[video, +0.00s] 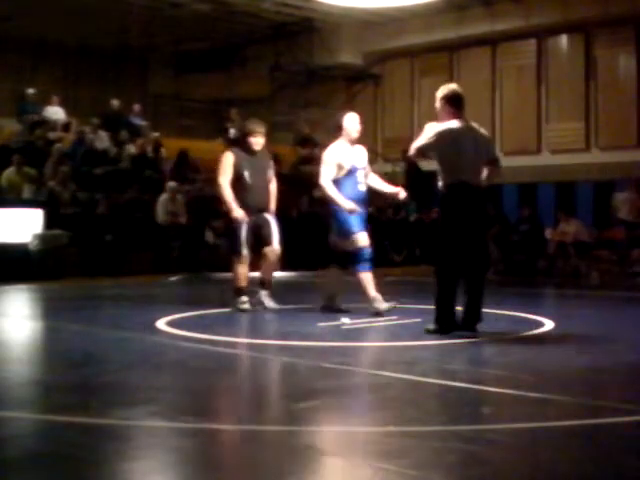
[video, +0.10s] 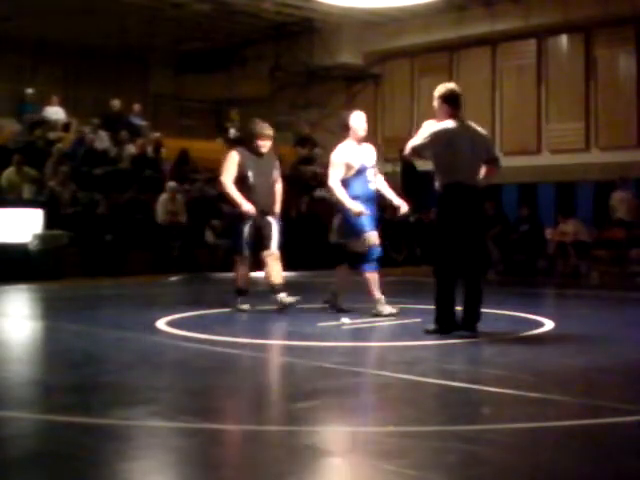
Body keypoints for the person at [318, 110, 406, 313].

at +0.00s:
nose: (357, 129)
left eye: (358, 124)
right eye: (353, 125)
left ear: (360, 127)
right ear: (343, 127)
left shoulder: (361, 150)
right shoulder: (333, 151)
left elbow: (367, 176)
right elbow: (324, 180)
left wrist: (391, 190)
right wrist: (344, 203)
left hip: (360, 206)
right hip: (344, 206)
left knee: (342, 253)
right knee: (363, 247)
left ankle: (330, 297)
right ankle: (375, 298)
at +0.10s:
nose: (364, 128)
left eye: (365, 123)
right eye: (359, 124)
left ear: (366, 125)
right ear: (350, 126)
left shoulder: (369, 149)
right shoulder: (341, 152)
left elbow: (375, 178)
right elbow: (333, 181)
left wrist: (396, 200)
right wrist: (350, 204)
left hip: (370, 205)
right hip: (355, 206)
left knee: (354, 253)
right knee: (372, 248)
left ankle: (334, 294)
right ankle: (378, 300)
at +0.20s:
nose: (370, 127)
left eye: (371, 123)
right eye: (366, 124)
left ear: (373, 124)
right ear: (356, 126)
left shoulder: (377, 147)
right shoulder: (349, 150)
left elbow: (382, 177)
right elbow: (341, 180)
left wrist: (392, 203)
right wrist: (359, 203)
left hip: (379, 200)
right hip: (362, 202)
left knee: (383, 246)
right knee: (378, 244)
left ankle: (350, 286)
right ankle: (379, 301)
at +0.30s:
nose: (378, 125)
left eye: (379, 121)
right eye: (373, 122)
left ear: (381, 122)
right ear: (364, 124)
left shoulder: (384, 146)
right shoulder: (357, 149)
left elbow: (388, 176)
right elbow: (349, 179)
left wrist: (392, 199)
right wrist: (368, 201)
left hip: (386, 200)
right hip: (369, 203)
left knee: (397, 241)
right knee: (378, 247)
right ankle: (379, 300)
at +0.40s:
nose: (385, 124)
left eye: (386, 120)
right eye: (381, 121)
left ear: (388, 122)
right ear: (371, 123)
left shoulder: (390, 145)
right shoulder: (364, 146)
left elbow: (393, 174)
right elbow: (356, 176)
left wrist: (397, 197)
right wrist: (376, 197)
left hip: (393, 201)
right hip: (375, 203)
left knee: (411, 240)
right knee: (380, 252)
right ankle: (380, 301)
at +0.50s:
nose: (392, 124)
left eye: (393, 119)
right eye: (388, 120)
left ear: (394, 121)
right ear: (378, 122)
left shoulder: (397, 145)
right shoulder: (370, 145)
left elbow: (402, 173)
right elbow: (361, 174)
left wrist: (405, 195)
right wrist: (383, 195)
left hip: (401, 200)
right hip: (381, 202)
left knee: (414, 247)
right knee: (382, 252)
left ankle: (420, 298)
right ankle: (379, 301)